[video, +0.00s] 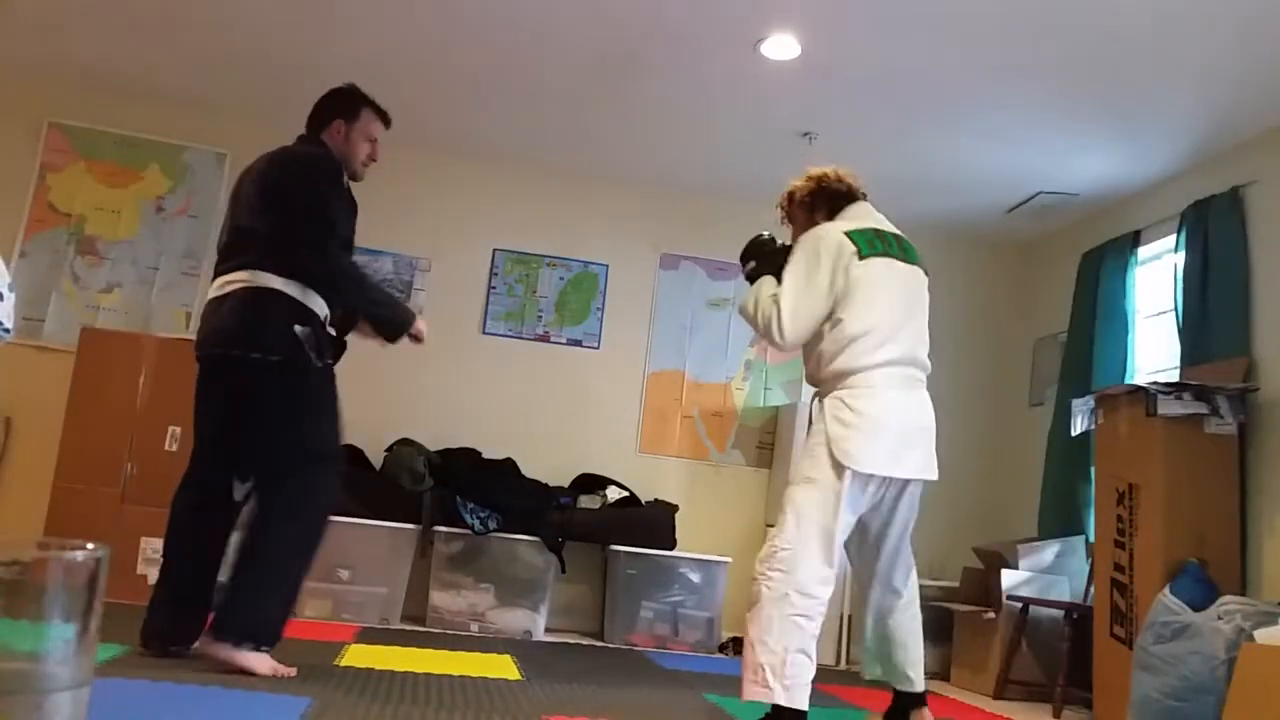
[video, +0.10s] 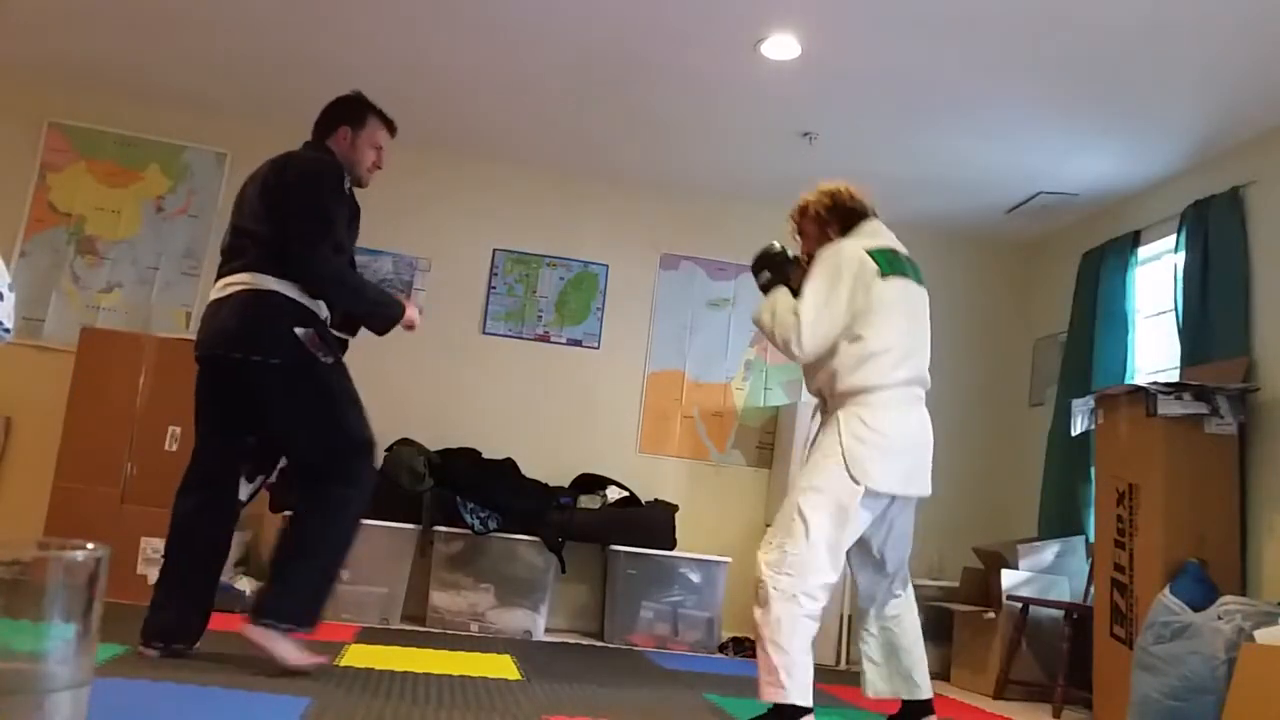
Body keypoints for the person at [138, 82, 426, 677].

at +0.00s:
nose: (377, 156)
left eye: (379, 144)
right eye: (372, 139)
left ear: (324, 131)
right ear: (336, 127)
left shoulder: (261, 169)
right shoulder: (321, 170)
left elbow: (283, 272)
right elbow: (326, 263)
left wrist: (354, 312)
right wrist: (400, 315)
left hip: (221, 330)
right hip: (277, 333)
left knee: (211, 478)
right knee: (306, 485)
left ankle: (170, 629)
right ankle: (240, 636)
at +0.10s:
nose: (380, 164)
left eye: (383, 153)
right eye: (376, 148)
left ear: (335, 139)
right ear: (343, 135)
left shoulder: (267, 175)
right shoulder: (321, 175)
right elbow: (324, 269)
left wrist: (356, 296)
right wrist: (393, 309)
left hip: (221, 329)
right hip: (279, 331)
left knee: (212, 480)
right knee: (346, 466)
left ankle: (168, 630)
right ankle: (279, 620)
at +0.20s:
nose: (390, 170)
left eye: (394, 159)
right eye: (386, 155)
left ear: (344, 144)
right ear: (355, 143)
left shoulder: (277, 179)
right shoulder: (331, 179)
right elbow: (328, 271)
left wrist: (376, 285)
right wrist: (398, 300)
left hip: (231, 332)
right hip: (292, 338)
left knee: (220, 481)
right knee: (353, 476)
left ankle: (168, 632)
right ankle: (337, 639)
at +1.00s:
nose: (443, 200)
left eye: (446, 190)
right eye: (441, 186)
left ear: (399, 171)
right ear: (412, 170)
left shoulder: (336, 201)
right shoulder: (397, 208)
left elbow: (374, 289)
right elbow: (414, 292)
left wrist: (440, 261)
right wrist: (478, 272)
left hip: (278, 352)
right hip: (344, 361)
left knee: (233, 488)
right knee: (396, 497)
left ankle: (147, 626)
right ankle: (390, 654)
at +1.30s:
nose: (428, 199)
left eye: (431, 190)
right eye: (426, 186)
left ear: (378, 172)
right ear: (397, 172)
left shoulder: (324, 206)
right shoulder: (389, 209)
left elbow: (361, 282)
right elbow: (406, 288)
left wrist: (425, 252)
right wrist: (470, 251)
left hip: (267, 355)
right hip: (334, 364)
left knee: (215, 495)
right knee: (401, 495)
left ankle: (122, 626)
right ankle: (396, 648)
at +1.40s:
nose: (424, 201)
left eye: (427, 193)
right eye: (421, 190)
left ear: (371, 183)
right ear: (392, 180)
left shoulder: (315, 214)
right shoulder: (399, 219)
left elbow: (315, 297)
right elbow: (461, 270)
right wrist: (496, 226)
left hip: (251, 362)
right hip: (324, 372)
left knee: (191, 493)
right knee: (377, 511)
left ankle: (122, 613)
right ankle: (395, 652)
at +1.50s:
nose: (402, 206)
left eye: (404, 195)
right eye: (399, 193)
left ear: (349, 187)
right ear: (371, 186)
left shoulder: (292, 218)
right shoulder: (379, 228)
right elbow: (437, 300)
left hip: (237, 367)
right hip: (312, 376)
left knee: (165, 484)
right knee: (373, 508)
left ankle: (80, 597)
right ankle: (386, 650)